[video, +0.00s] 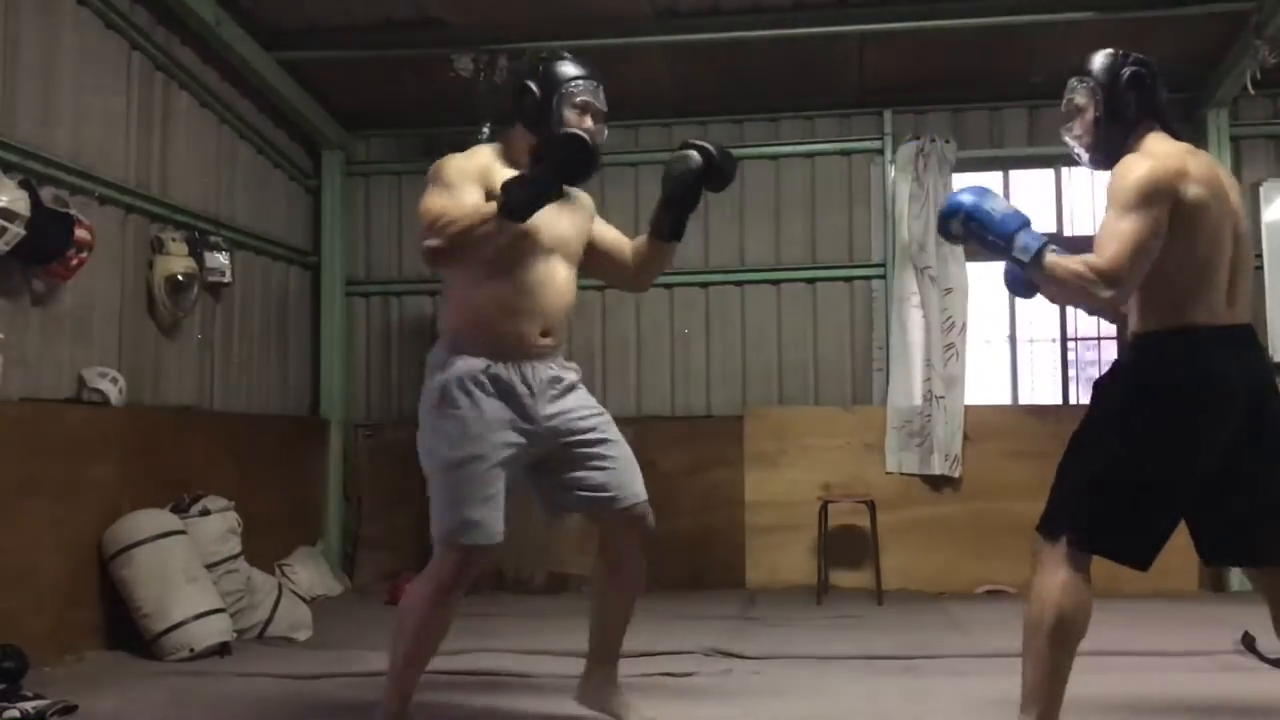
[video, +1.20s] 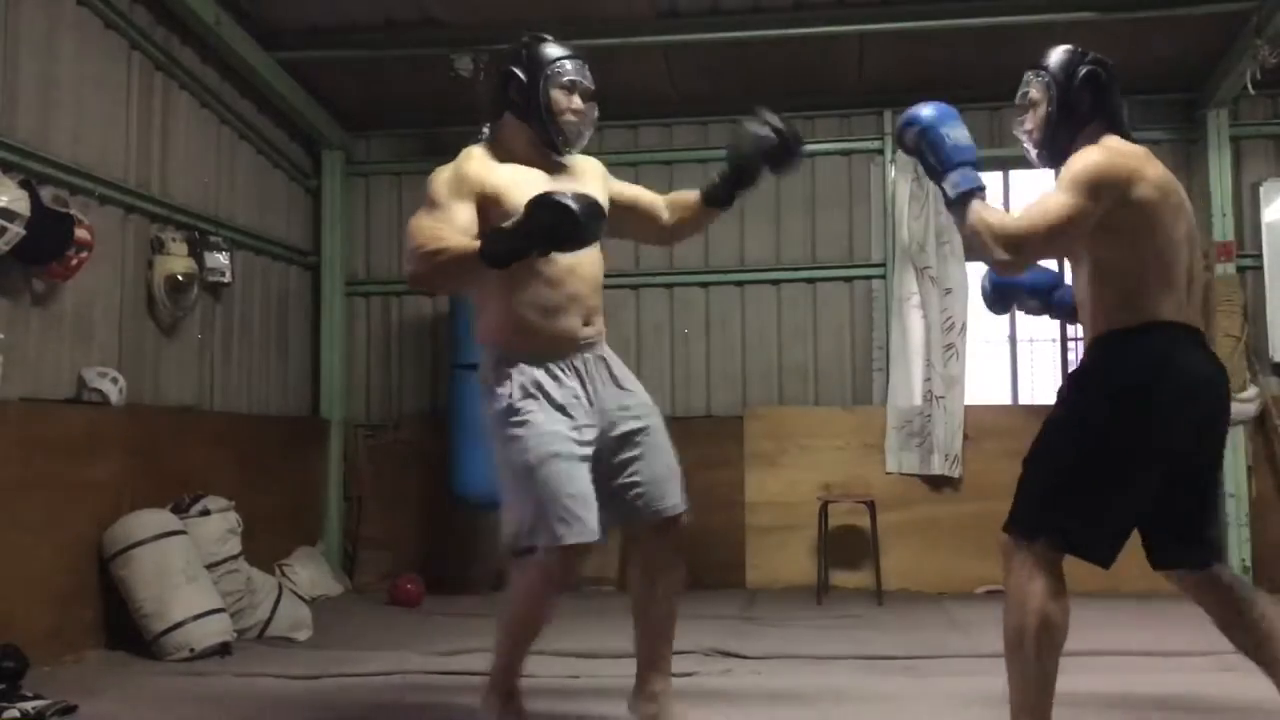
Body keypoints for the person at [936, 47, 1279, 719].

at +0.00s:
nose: (1069, 129)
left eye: (1075, 112)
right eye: (1067, 114)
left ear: (1114, 107)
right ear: (1142, 107)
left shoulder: (1146, 169)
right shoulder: (1217, 176)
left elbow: (1106, 283)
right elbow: (1144, 295)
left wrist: (1016, 235)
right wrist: (1044, 273)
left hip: (1162, 381)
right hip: (1245, 379)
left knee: (1063, 546)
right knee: (1270, 564)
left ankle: (1037, 711)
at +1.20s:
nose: (1021, 123)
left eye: (1029, 106)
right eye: (1021, 108)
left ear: (1069, 103)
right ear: (1099, 106)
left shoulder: (1097, 162)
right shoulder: (1154, 175)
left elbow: (1004, 244)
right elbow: (1146, 300)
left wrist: (957, 175)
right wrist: (1053, 296)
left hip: (1128, 374)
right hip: (1197, 378)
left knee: (1030, 545)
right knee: (1196, 565)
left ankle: (1028, 712)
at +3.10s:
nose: (1078, 94)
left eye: (1089, 75)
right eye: (1077, 77)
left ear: (1150, 77)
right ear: (1147, 81)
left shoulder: (1241, 168)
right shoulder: (1117, 172)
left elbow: (1133, 284)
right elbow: (1127, 295)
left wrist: (1063, 217)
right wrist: (1084, 359)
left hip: (1230, 398)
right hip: (1135, 395)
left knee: (1266, 601)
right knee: (1034, 553)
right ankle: (1017, 713)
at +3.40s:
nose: (1125, 102)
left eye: (1139, 85)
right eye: (1126, 86)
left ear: (1204, 93)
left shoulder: (1269, 189)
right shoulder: (1138, 178)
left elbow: (1191, 293)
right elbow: (1026, 240)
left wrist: (1118, 228)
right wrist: (988, 179)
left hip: (1255, 407)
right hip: (1162, 407)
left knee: (1269, 599)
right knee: (1031, 558)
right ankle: (1023, 715)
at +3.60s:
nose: (1131, 77)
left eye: (1146, 60)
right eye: (1131, 62)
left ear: (1212, 59)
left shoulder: (1270, 158)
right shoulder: (1154, 166)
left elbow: (1275, 283)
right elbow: (1139, 286)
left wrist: (1188, 233)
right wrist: (1075, 304)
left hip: (1259, 387)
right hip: (1168, 389)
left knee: (1278, 591)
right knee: (1067, 546)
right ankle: (1052, 715)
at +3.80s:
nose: (1123, 76)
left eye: (1134, 56)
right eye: (1118, 59)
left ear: (1182, 52)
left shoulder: (1259, 137)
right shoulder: (1140, 162)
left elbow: (1134, 212)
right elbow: (1130, 286)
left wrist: (1095, 101)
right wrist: (1069, 307)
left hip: (1247, 384)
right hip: (1155, 387)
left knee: (1274, 586)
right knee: (1070, 546)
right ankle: (1050, 715)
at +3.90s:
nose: (1106, 68)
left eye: (1115, 47)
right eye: (1104, 52)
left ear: (1167, 48)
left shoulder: (1247, 129)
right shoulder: (1134, 159)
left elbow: (1118, 220)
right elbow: (1138, 289)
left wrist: (1080, 105)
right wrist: (1066, 295)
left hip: (1235, 384)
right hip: (1144, 387)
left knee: (1273, 590)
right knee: (1068, 550)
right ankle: (1049, 713)